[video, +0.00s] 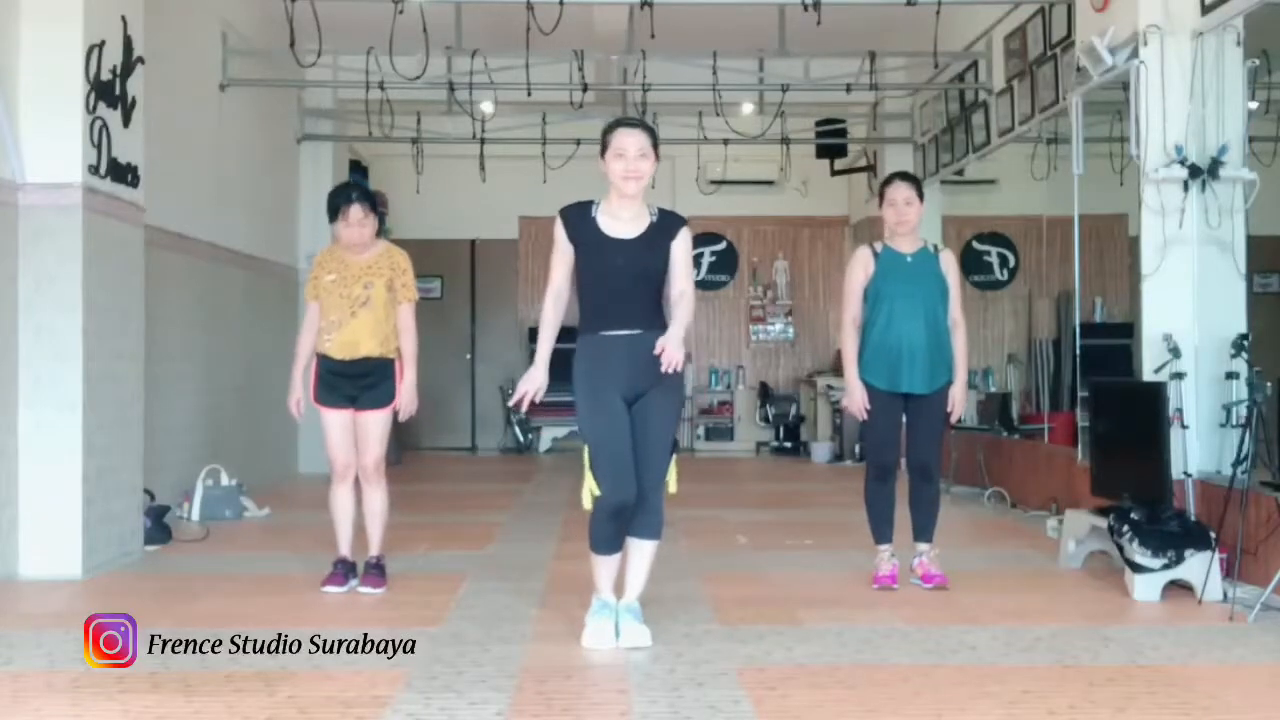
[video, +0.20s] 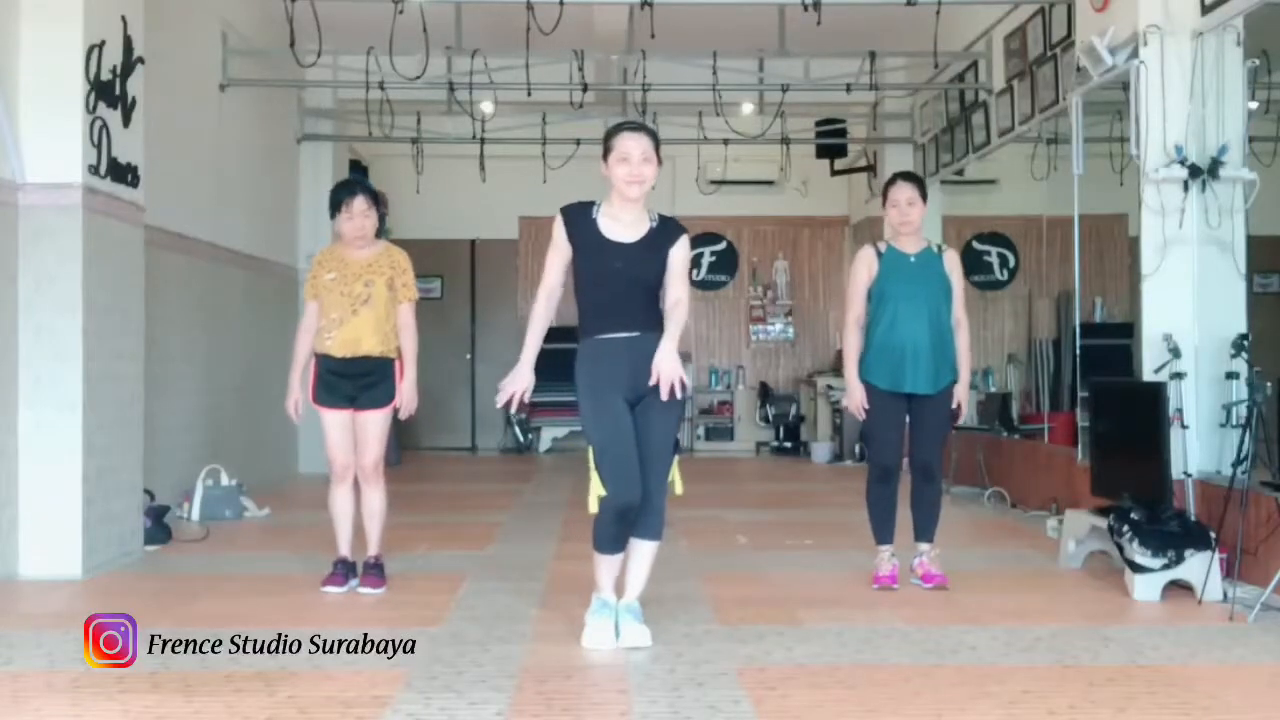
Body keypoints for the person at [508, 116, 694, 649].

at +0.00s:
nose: (631, 164)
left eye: (641, 154)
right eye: (620, 154)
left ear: (655, 163)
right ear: (603, 162)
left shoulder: (672, 227)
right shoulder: (573, 222)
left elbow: (682, 294)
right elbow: (556, 295)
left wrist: (678, 331)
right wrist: (540, 364)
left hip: (658, 365)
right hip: (597, 366)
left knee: (650, 490)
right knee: (617, 491)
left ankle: (630, 606)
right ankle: (603, 603)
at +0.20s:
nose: (635, 169)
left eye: (645, 159)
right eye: (624, 159)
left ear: (658, 168)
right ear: (605, 166)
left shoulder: (672, 236)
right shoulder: (573, 222)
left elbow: (677, 303)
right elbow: (547, 297)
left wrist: (669, 345)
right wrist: (525, 364)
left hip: (657, 366)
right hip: (599, 367)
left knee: (654, 491)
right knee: (622, 492)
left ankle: (630, 605)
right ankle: (603, 600)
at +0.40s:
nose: (636, 166)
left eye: (646, 156)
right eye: (625, 156)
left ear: (659, 165)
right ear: (606, 164)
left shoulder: (673, 233)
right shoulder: (575, 219)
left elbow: (681, 294)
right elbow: (541, 288)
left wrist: (674, 329)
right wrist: (513, 352)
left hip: (659, 364)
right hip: (601, 365)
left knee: (653, 489)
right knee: (621, 490)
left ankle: (631, 604)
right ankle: (603, 600)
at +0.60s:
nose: (630, 167)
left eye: (640, 158)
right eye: (619, 157)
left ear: (655, 168)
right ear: (602, 165)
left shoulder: (670, 235)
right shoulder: (572, 222)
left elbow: (682, 302)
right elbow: (541, 296)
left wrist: (688, 350)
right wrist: (517, 362)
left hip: (659, 368)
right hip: (600, 368)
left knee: (652, 490)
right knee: (620, 494)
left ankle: (632, 605)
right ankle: (603, 601)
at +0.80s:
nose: (615, 159)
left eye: (627, 150)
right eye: (606, 150)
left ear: (647, 161)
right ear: (594, 159)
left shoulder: (671, 224)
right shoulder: (572, 222)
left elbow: (686, 303)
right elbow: (551, 304)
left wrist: (698, 374)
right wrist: (538, 379)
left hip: (651, 363)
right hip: (588, 363)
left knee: (642, 486)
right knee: (599, 488)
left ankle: (630, 604)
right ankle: (600, 605)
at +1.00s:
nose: (607, 161)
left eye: (619, 151)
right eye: (598, 151)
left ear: (641, 159)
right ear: (586, 159)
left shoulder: (670, 223)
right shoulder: (569, 225)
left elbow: (684, 300)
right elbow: (558, 296)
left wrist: (693, 370)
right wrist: (565, 344)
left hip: (644, 369)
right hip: (581, 368)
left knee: (634, 488)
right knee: (587, 486)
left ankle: (628, 605)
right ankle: (597, 605)